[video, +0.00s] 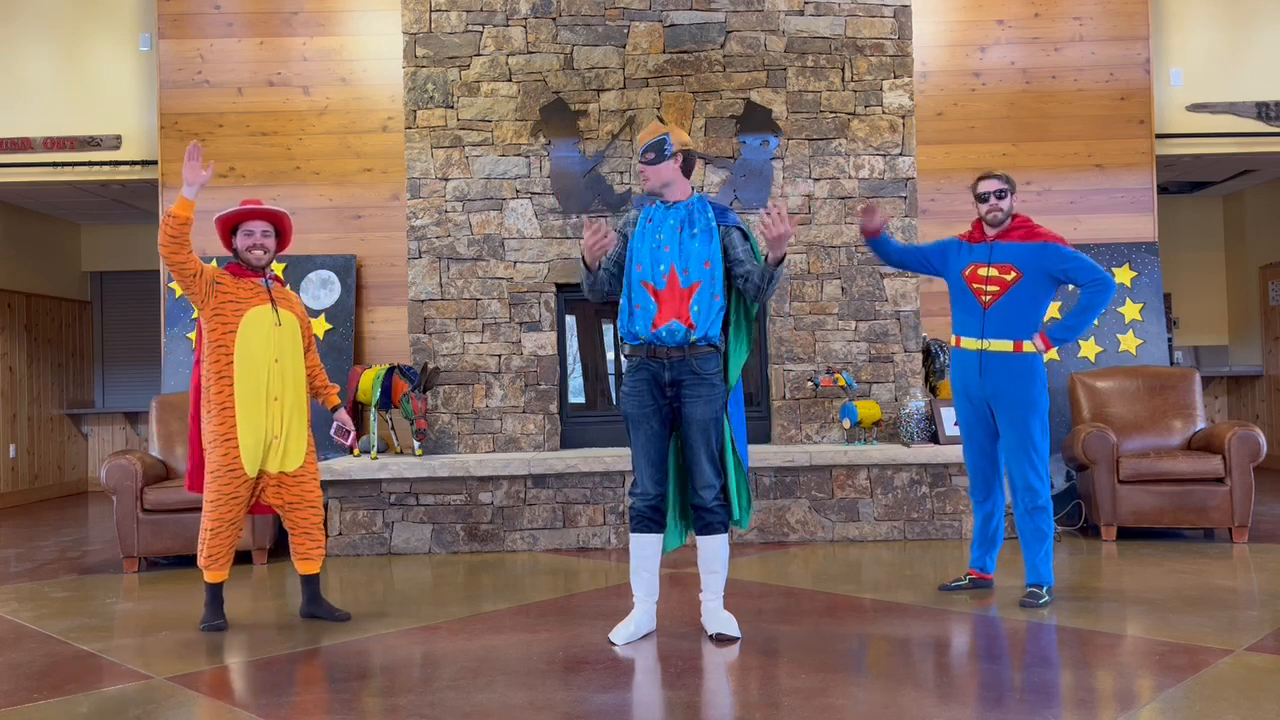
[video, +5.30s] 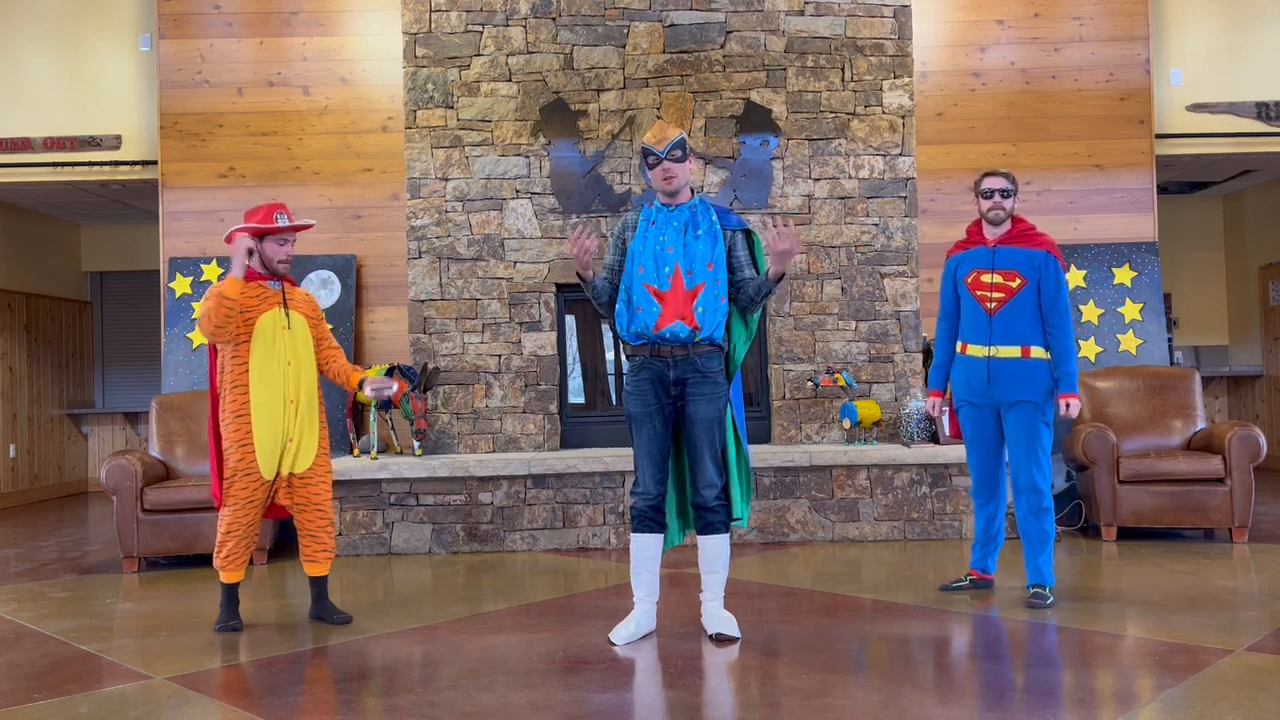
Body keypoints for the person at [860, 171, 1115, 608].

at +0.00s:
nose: (992, 203)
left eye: (1000, 195)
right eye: (984, 197)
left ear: (1014, 199)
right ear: (975, 205)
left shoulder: (1041, 247)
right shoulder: (955, 250)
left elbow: (1101, 284)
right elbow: (904, 256)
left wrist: (1054, 336)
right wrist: (875, 236)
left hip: (1019, 376)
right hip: (968, 376)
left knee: (1028, 481)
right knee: (981, 479)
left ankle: (1039, 580)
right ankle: (981, 572)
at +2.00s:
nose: (1004, 203)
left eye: (1010, 195)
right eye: (994, 198)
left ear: (1023, 197)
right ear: (984, 205)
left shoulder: (1056, 248)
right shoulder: (964, 247)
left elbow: (1116, 283)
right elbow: (908, 238)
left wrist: (1067, 336)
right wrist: (913, 195)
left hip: (1033, 371)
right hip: (977, 371)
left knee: (1037, 478)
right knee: (981, 476)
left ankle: (1040, 581)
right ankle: (981, 572)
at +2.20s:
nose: (1007, 202)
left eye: (1014, 193)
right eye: (997, 196)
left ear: (1027, 195)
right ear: (987, 203)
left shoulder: (1059, 246)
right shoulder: (970, 245)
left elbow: (1120, 285)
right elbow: (918, 257)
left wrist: (1072, 336)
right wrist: (908, 240)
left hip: (1035, 375)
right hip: (979, 375)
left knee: (1038, 480)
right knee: (983, 479)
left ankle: (1040, 581)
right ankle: (981, 572)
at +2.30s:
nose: (1010, 200)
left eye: (1017, 192)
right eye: (1000, 195)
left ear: (1031, 196)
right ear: (990, 202)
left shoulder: (1062, 246)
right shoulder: (976, 245)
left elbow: (1122, 285)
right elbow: (927, 269)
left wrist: (1072, 336)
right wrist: (916, 283)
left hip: (1036, 375)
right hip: (980, 374)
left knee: (1038, 482)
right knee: (983, 478)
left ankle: (1040, 581)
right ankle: (981, 572)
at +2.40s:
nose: (1016, 199)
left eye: (1024, 191)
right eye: (1007, 192)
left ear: (1035, 197)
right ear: (994, 200)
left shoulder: (1065, 247)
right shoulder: (975, 249)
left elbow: (1124, 286)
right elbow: (927, 296)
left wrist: (1075, 338)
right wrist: (939, 346)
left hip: (1039, 380)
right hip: (983, 379)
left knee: (1039, 485)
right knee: (984, 481)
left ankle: (1040, 582)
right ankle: (981, 572)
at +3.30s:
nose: (978, 203)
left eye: (984, 195)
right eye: (968, 198)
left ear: (998, 200)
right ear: (960, 209)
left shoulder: (1030, 253)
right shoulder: (952, 263)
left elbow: (1069, 313)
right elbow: (939, 329)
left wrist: (1085, 377)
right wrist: (923, 389)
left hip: (1020, 387)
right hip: (969, 388)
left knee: (1028, 484)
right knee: (984, 484)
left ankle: (1039, 582)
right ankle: (982, 572)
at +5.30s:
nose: (996, 201)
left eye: (1004, 194)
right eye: (988, 194)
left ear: (1016, 201)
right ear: (977, 201)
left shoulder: (1040, 253)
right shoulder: (959, 256)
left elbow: (1059, 324)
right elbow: (947, 326)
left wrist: (1068, 384)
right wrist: (937, 384)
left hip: (1027, 389)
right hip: (973, 391)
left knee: (1032, 486)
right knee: (985, 484)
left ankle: (1040, 581)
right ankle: (982, 571)